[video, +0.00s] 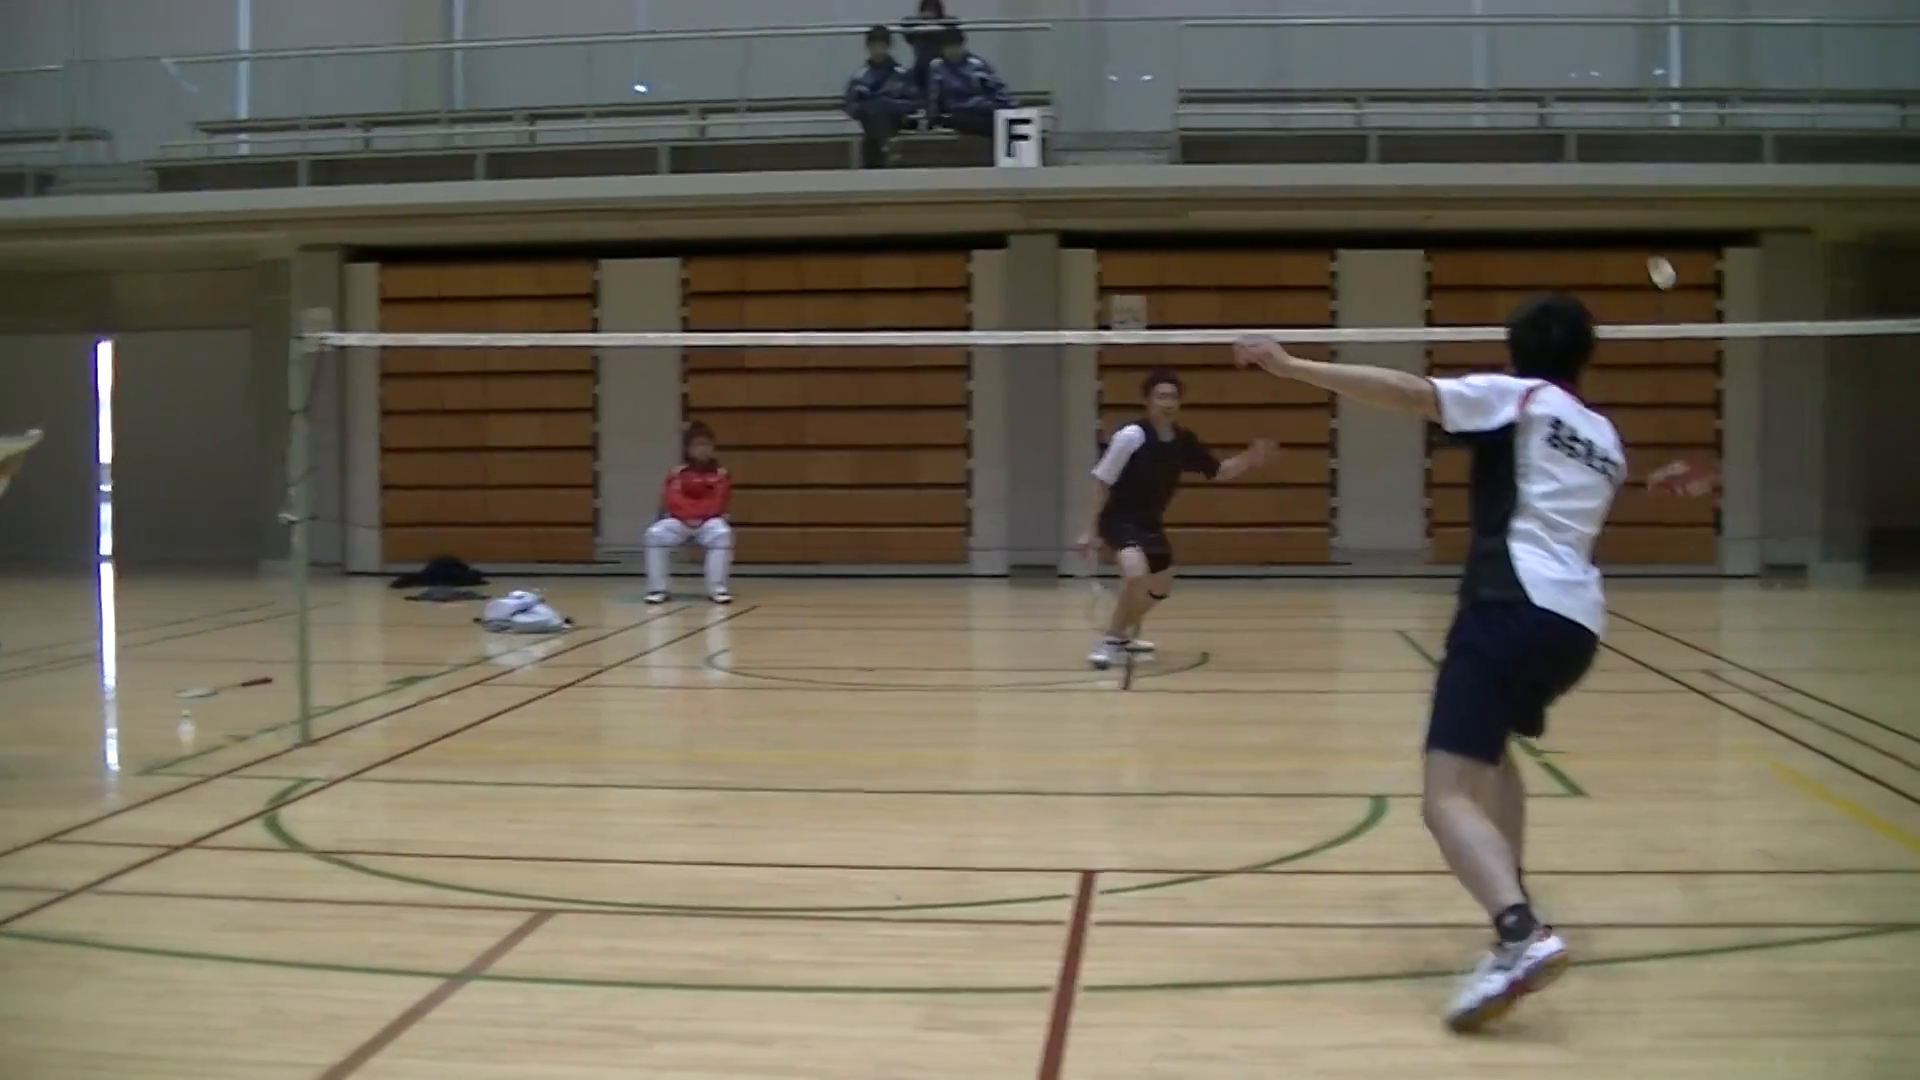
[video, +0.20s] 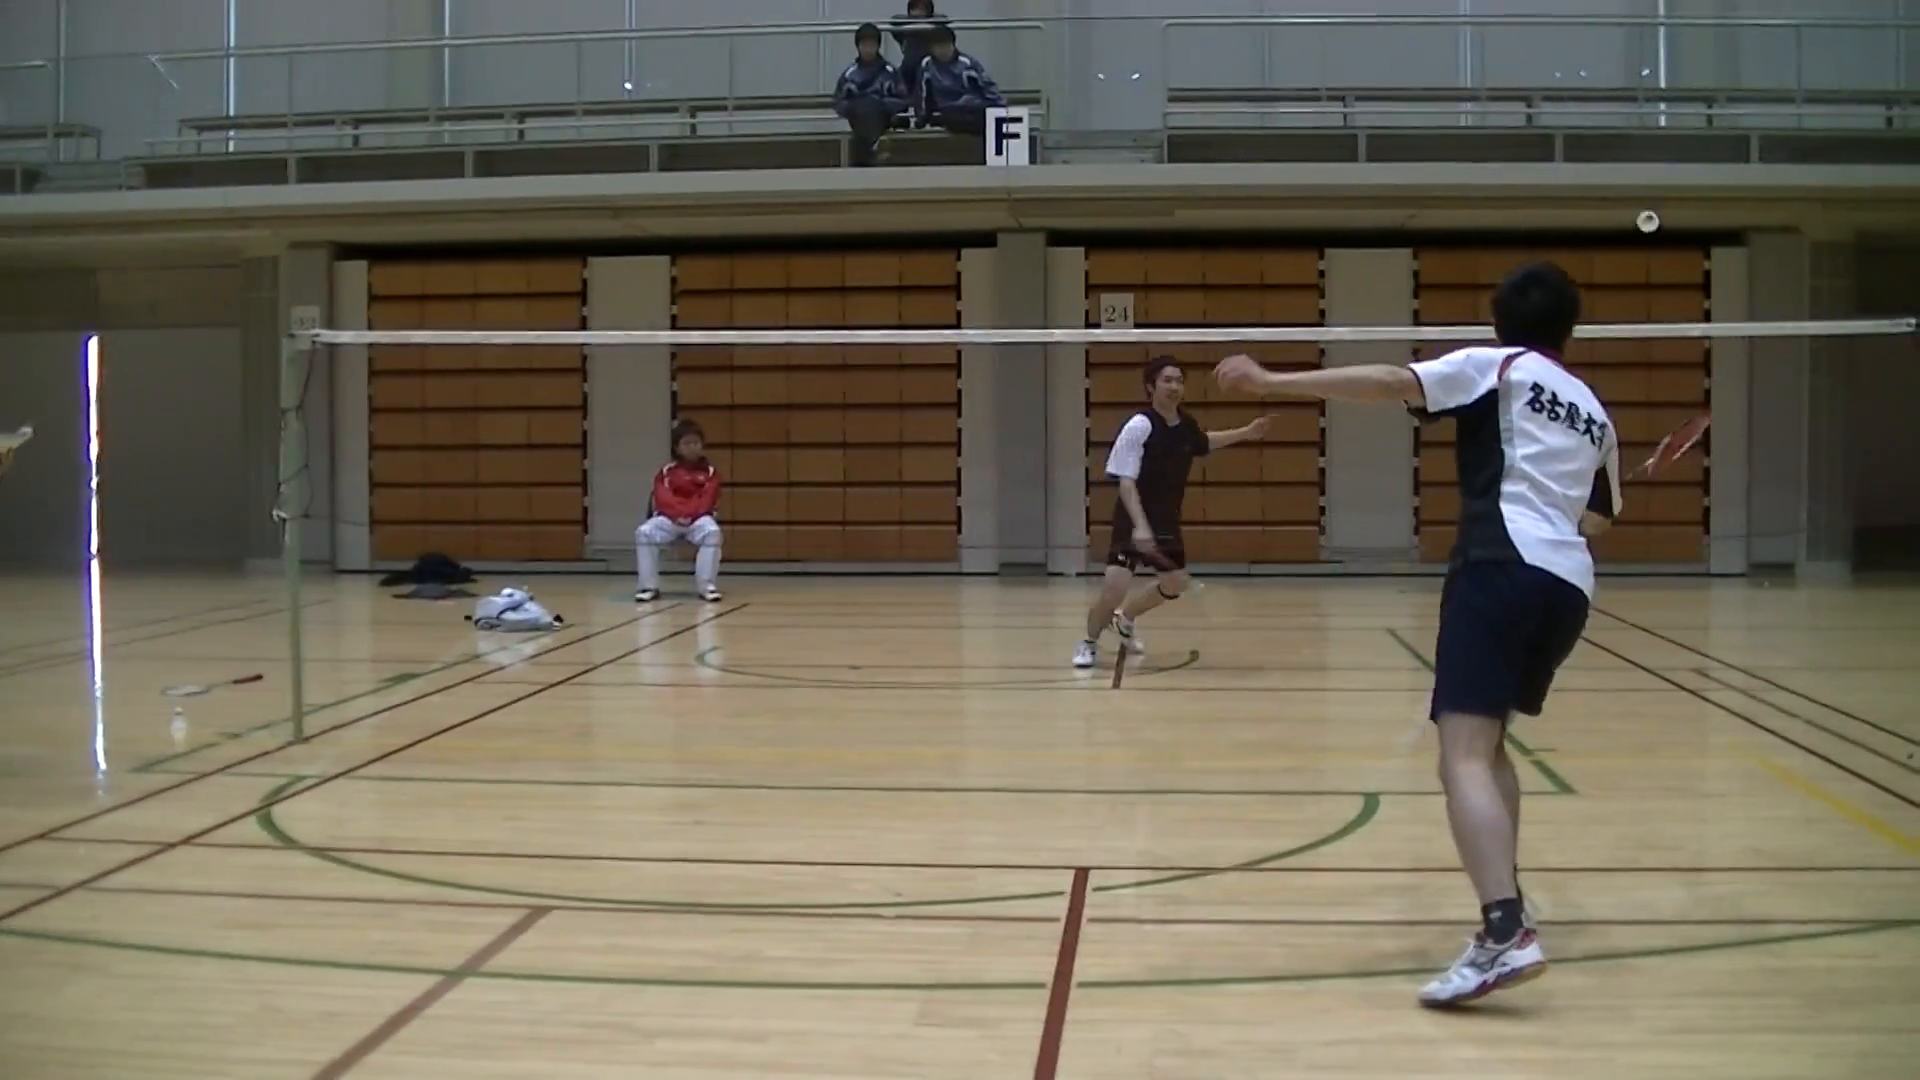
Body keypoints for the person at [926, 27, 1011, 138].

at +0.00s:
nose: (954, 52)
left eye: (957, 47)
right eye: (949, 48)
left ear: (962, 47)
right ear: (943, 49)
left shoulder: (976, 63)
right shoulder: (937, 67)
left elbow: (996, 84)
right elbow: (934, 95)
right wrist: (933, 118)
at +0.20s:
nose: (943, 52)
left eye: (945, 46)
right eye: (938, 47)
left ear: (953, 46)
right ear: (932, 49)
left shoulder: (968, 63)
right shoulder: (927, 66)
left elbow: (986, 85)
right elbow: (923, 93)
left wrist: (999, 104)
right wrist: (922, 118)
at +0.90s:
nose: (905, 54)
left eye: (908, 49)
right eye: (900, 50)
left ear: (915, 49)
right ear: (894, 52)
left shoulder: (929, 67)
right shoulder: (888, 70)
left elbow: (948, 89)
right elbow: (884, 98)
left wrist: (961, 108)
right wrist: (883, 123)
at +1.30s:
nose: (907, 55)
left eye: (911, 50)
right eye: (902, 50)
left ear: (917, 50)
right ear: (896, 52)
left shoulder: (931, 67)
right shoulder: (890, 71)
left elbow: (950, 89)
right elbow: (886, 100)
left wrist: (962, 108)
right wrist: (885, 124)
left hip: (940, 111)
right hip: (912, 115)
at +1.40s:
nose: (908, 54)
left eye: (911, 49)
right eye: (903, 50)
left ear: (917, 49)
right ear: (897, 52)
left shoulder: (931, 66)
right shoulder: (890, 70)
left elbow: (951, 89)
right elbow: (885, 98)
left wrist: (963, 108)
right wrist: (885, 122)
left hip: (940, 109)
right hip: (911, 114)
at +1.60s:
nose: (909, 54)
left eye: (913, 49)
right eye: (904, 50)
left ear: (919, 49)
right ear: (898, 52)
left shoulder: (932, 66)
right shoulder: (891, 69)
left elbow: (951, 89)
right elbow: (887, 98)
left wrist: (964, 108)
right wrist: (886, 123)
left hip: (940, 110)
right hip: (912, 114)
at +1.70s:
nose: (909, 54)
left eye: (913, 49)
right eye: (905, 49)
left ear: (919, 49)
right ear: (898, 51)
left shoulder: (932, 66)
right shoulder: (892, 69)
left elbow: (951, 88)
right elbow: (887, 98)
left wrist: (964, 108)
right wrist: (886, 123)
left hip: (940, 110)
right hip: (912, 114)